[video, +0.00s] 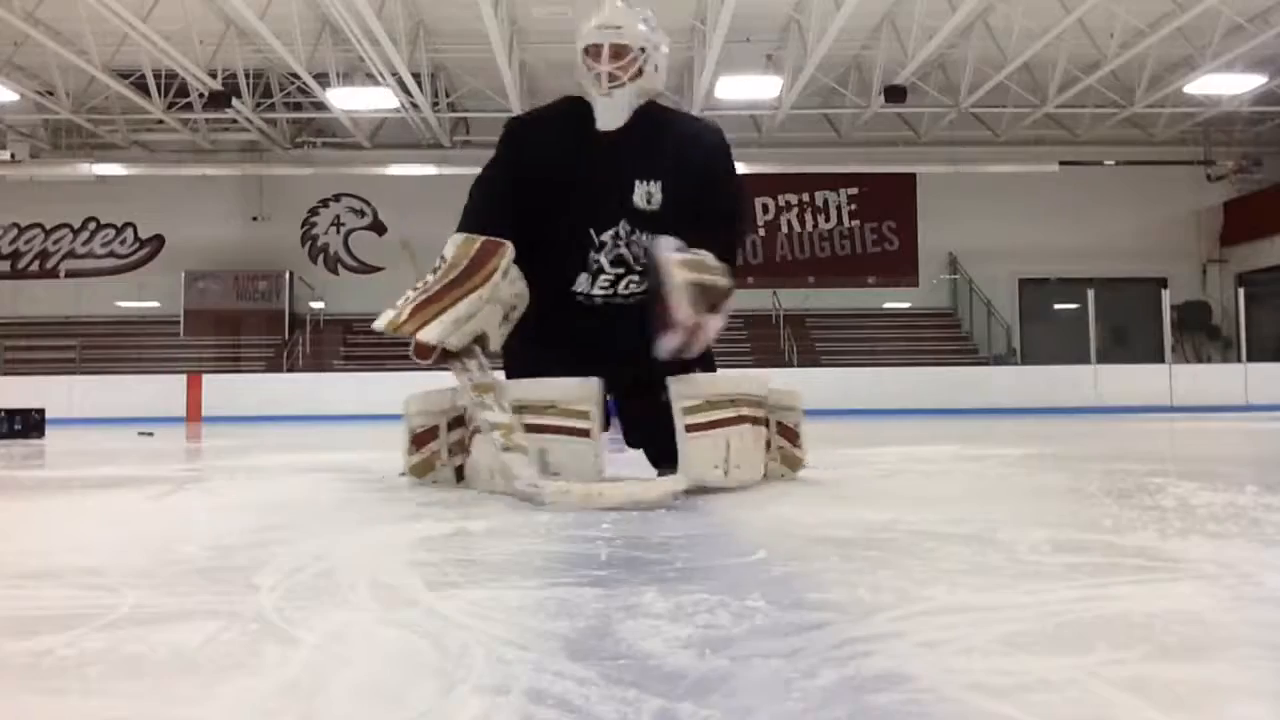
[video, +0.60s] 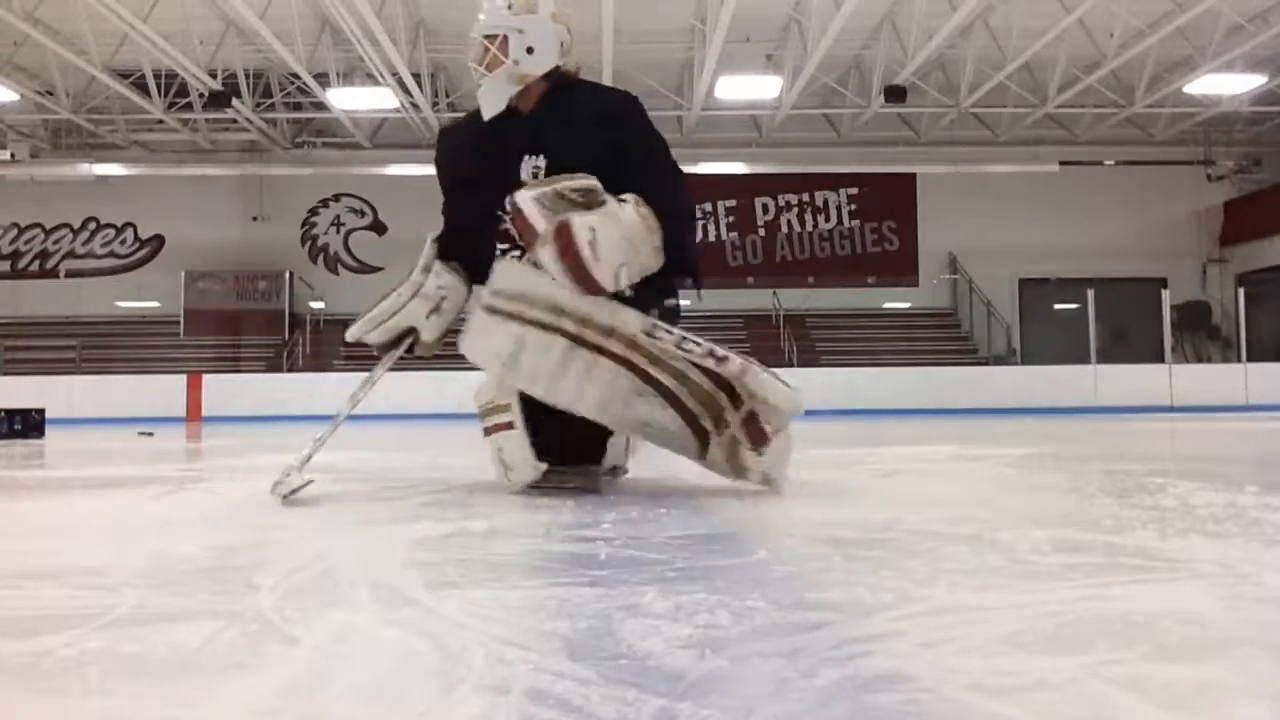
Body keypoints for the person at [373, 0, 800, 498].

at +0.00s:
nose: (606, 68)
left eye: (621, 55)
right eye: (594, 55)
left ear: (650, 61)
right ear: (579, 61)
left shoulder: (696, 143)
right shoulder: (530, 137)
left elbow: (718, 250)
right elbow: (480, 241)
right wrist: (453, 323)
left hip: (660, 366)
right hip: (548, 367)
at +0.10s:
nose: (575, 71)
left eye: (591, 59)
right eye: (570, 58)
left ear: (630, 64)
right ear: (562, 61)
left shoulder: (689, 140)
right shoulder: (525, 139)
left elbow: (703, 260)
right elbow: (493, 245)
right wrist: (449, 312)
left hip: (662, 360)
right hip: (550, 366)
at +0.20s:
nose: (549, 70)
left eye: (565, 55)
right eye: (543, 57)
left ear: (603, 57)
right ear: (532, 62)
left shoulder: (665, 128)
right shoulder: (513, 145)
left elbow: (665, 259)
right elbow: (507, 259)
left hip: (658, 354)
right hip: (556, 361)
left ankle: (684, 457)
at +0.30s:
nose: (516, 64)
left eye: (527, 48)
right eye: (513, 51)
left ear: (567, 49)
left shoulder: (627, 114)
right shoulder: (504, 142)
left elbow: (634, 236)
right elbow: (482, 237)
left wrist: (524, 253)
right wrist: (471, 294)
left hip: (653, 339)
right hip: (555, 352)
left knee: (699, 474)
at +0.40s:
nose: (487, 61)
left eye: (498, 46)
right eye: (487, 48)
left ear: (535, 50)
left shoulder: (606, 106)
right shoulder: (486, 141)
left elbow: (625, 220)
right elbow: (471, 233)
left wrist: (525, 249)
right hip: (552, 303)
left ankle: (670, 448)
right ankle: (587, 459)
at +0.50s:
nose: (479, 59)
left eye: (491, 44)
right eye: (480, 45)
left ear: (530, 45)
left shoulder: (606, 111)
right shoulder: (471, 144)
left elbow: (646, 224)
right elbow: (473, 242)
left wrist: (534, 244)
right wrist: (448, 299)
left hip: (633, 330)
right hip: (540, 344)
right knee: (561, 472)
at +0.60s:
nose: (481, 59)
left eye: (493, 44)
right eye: (479, 47)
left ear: (531, 45)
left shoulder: (610, 110)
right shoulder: (469, 141)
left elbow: (669, 205)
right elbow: (466, 234)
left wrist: (600, 242)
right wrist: (440, 294)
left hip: (618, 316)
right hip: (523, 323)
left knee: (583, 464)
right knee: (541, 460)